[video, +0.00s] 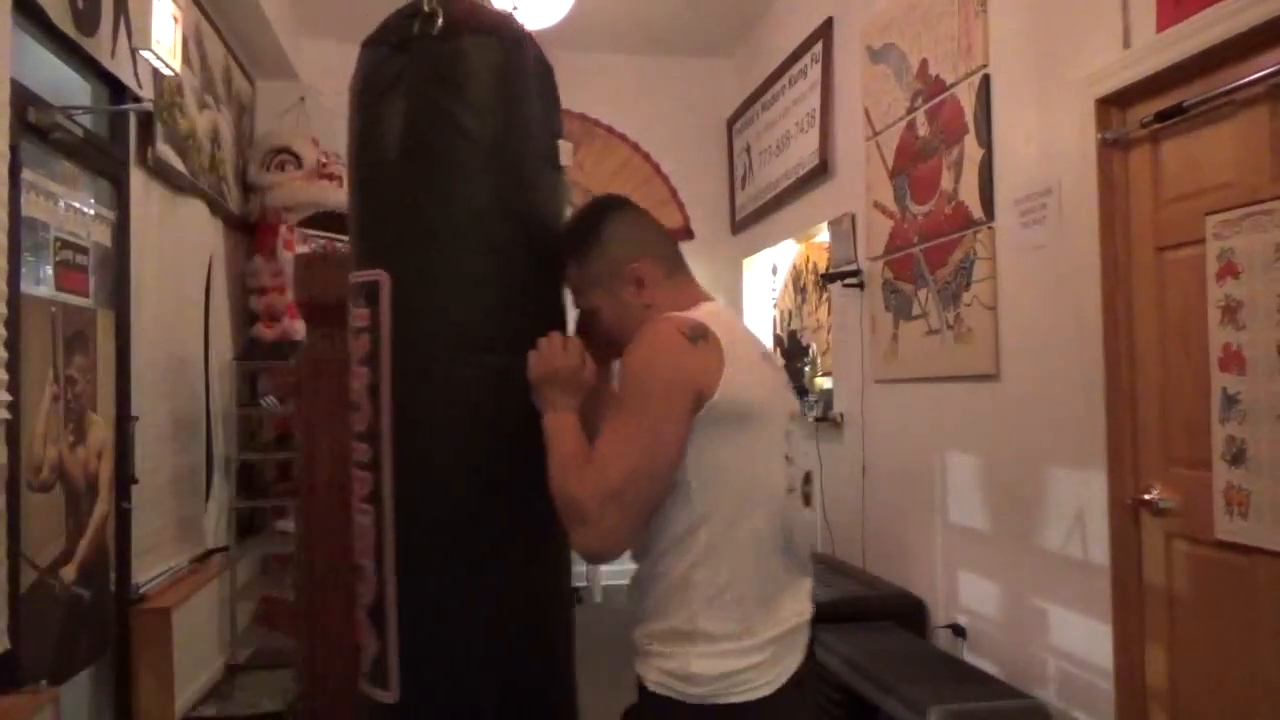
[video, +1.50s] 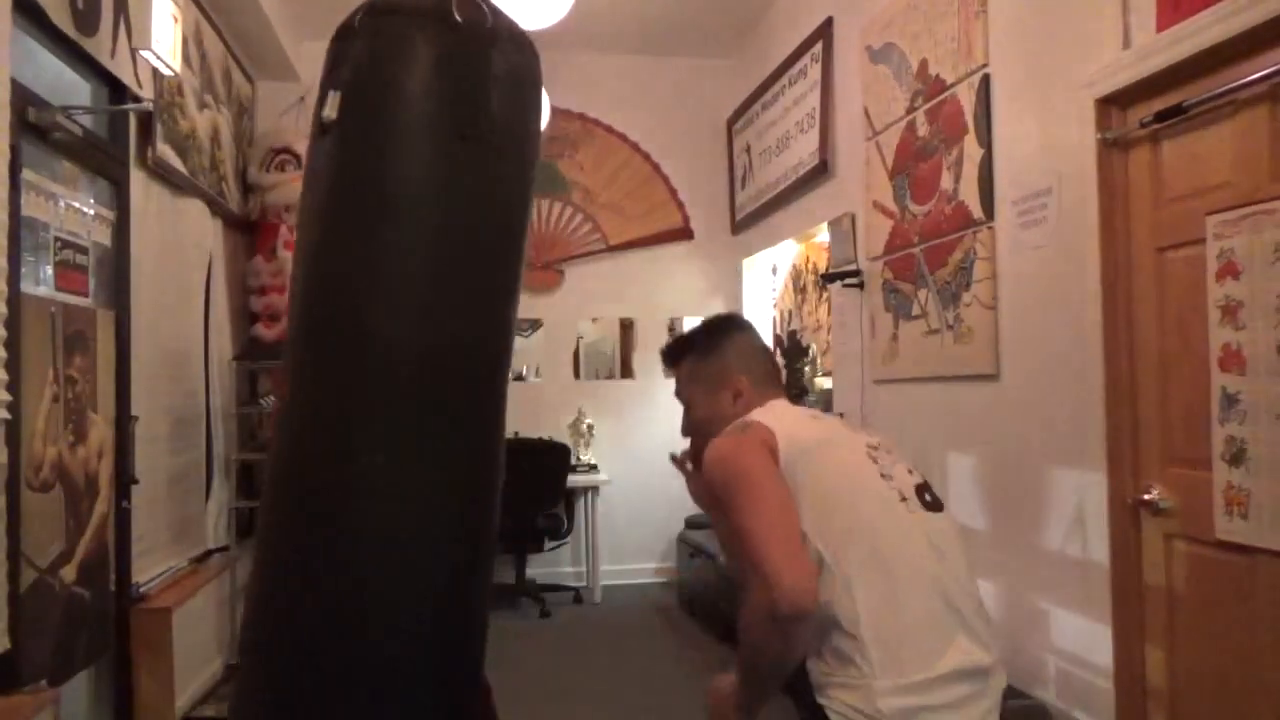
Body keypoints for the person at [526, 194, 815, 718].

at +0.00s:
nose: (583, 329)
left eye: (589, 308)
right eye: (581, 311)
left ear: (639, 284)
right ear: (645, 283)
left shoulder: (671, 342)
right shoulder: (734, 339)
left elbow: (599, 529)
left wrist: (559, 407)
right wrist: (593, 386)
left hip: (702, 690)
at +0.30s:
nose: (686, 337)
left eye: (691, 318)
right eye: (683, 321)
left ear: (744, 299)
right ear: (748, 300)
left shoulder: (792, 367)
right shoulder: (810, 358)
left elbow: (747, 539)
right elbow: (704, 500)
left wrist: (619, 459)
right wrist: (686, 386)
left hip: (812, 689)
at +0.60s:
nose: (704, 307)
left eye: (708, 287)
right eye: (699, 289)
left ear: (766, 270)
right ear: (769, 272)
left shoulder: (820, 353)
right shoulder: (838, 336)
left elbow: (768, 534)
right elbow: (713, 474)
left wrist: (647, 433)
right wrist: (700, 352)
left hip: (855, 687)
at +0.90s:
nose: (620, 388)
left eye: (626, 362)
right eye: (619, 365)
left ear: (690, 346)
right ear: (692, 348)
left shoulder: (828, 446)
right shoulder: (712, 463)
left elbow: (781, 659)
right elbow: (660, 612)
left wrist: (641, 517)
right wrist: (622, 508)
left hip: (892, 707)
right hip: (810, 699)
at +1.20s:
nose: (628, 379)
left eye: (632, 357)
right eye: (625, 361)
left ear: (683, 341)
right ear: (691, 338)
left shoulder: (736, 406)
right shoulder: (787, 387)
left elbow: (774, 604)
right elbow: (718, 569)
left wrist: (649, 586)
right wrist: (658, 446)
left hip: (881, 705)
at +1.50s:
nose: (683, 428)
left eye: (687, 404)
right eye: (682, 406)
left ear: (736, 393)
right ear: (759, 389)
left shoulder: (738, 444)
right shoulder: (842, 431)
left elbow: (789, 598)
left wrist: (745, 696)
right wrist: (720, 509)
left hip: (883, 707)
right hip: (977, 698)